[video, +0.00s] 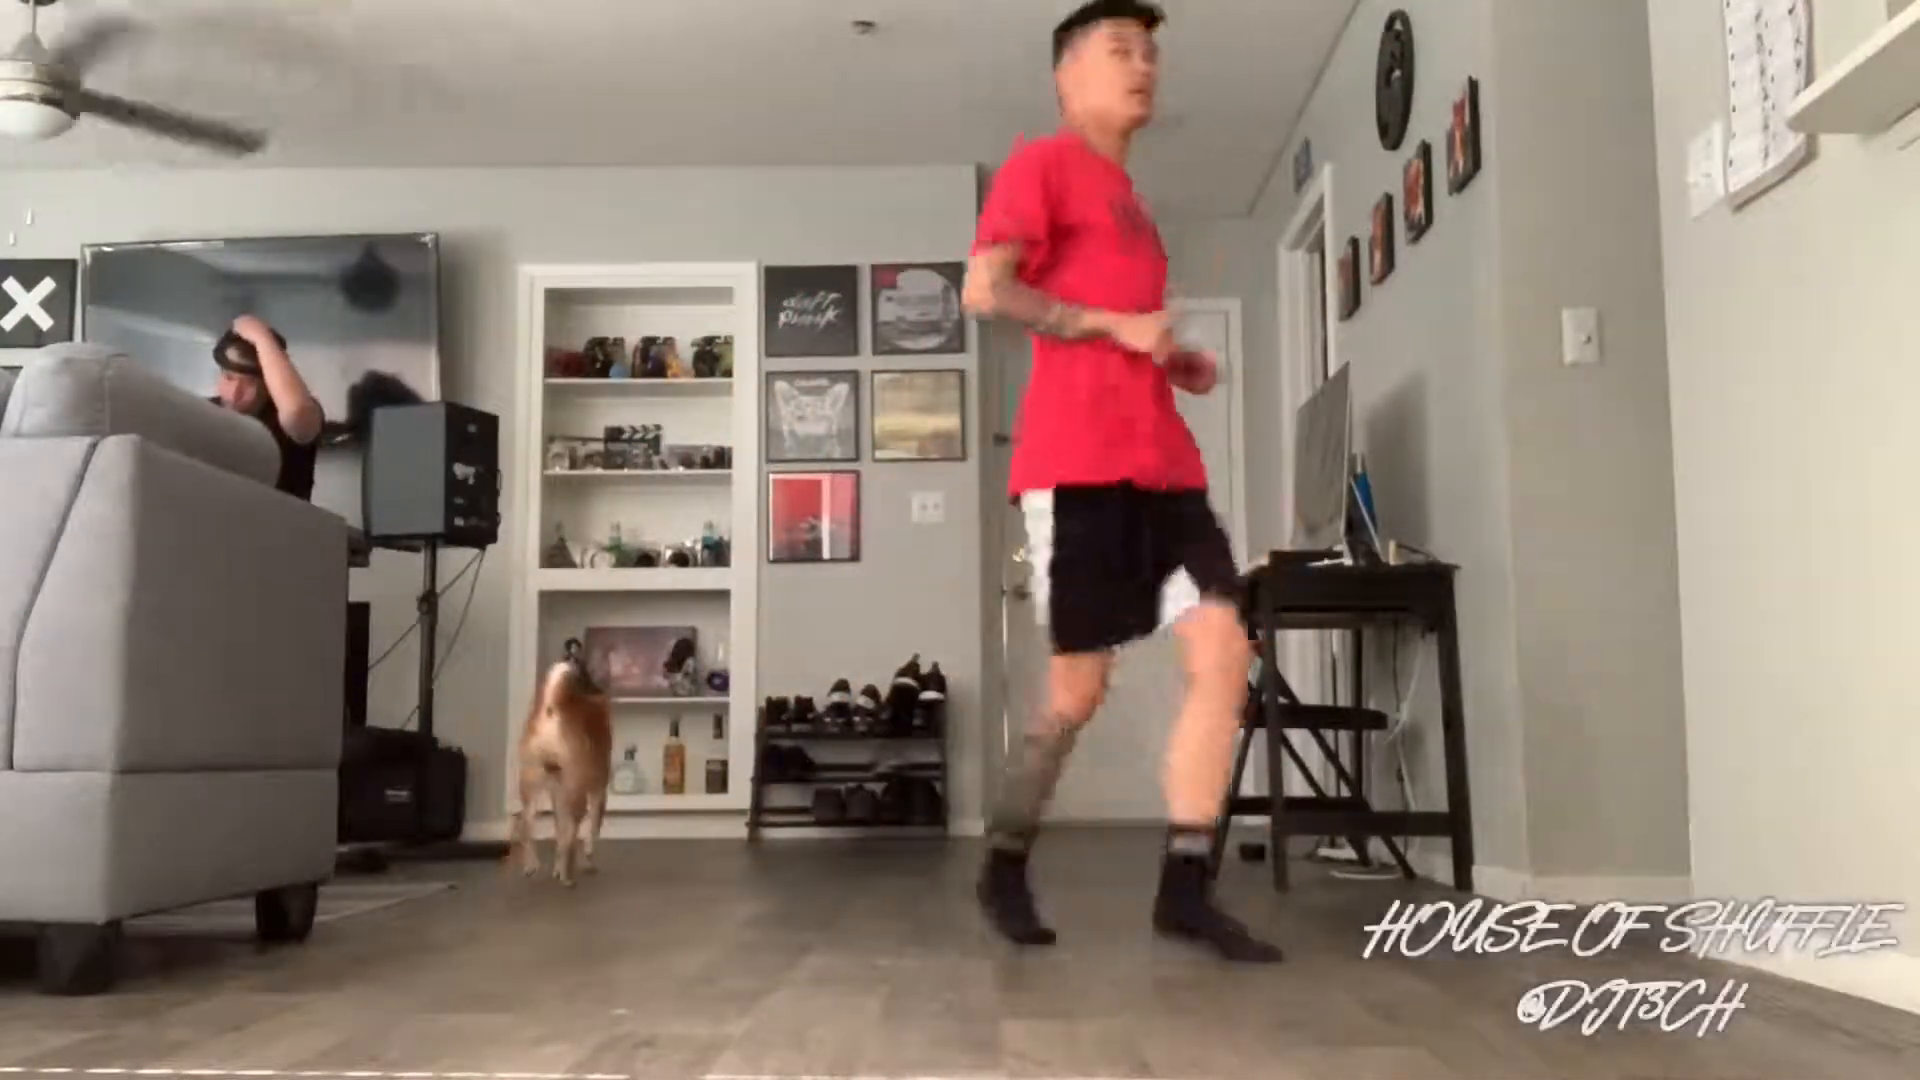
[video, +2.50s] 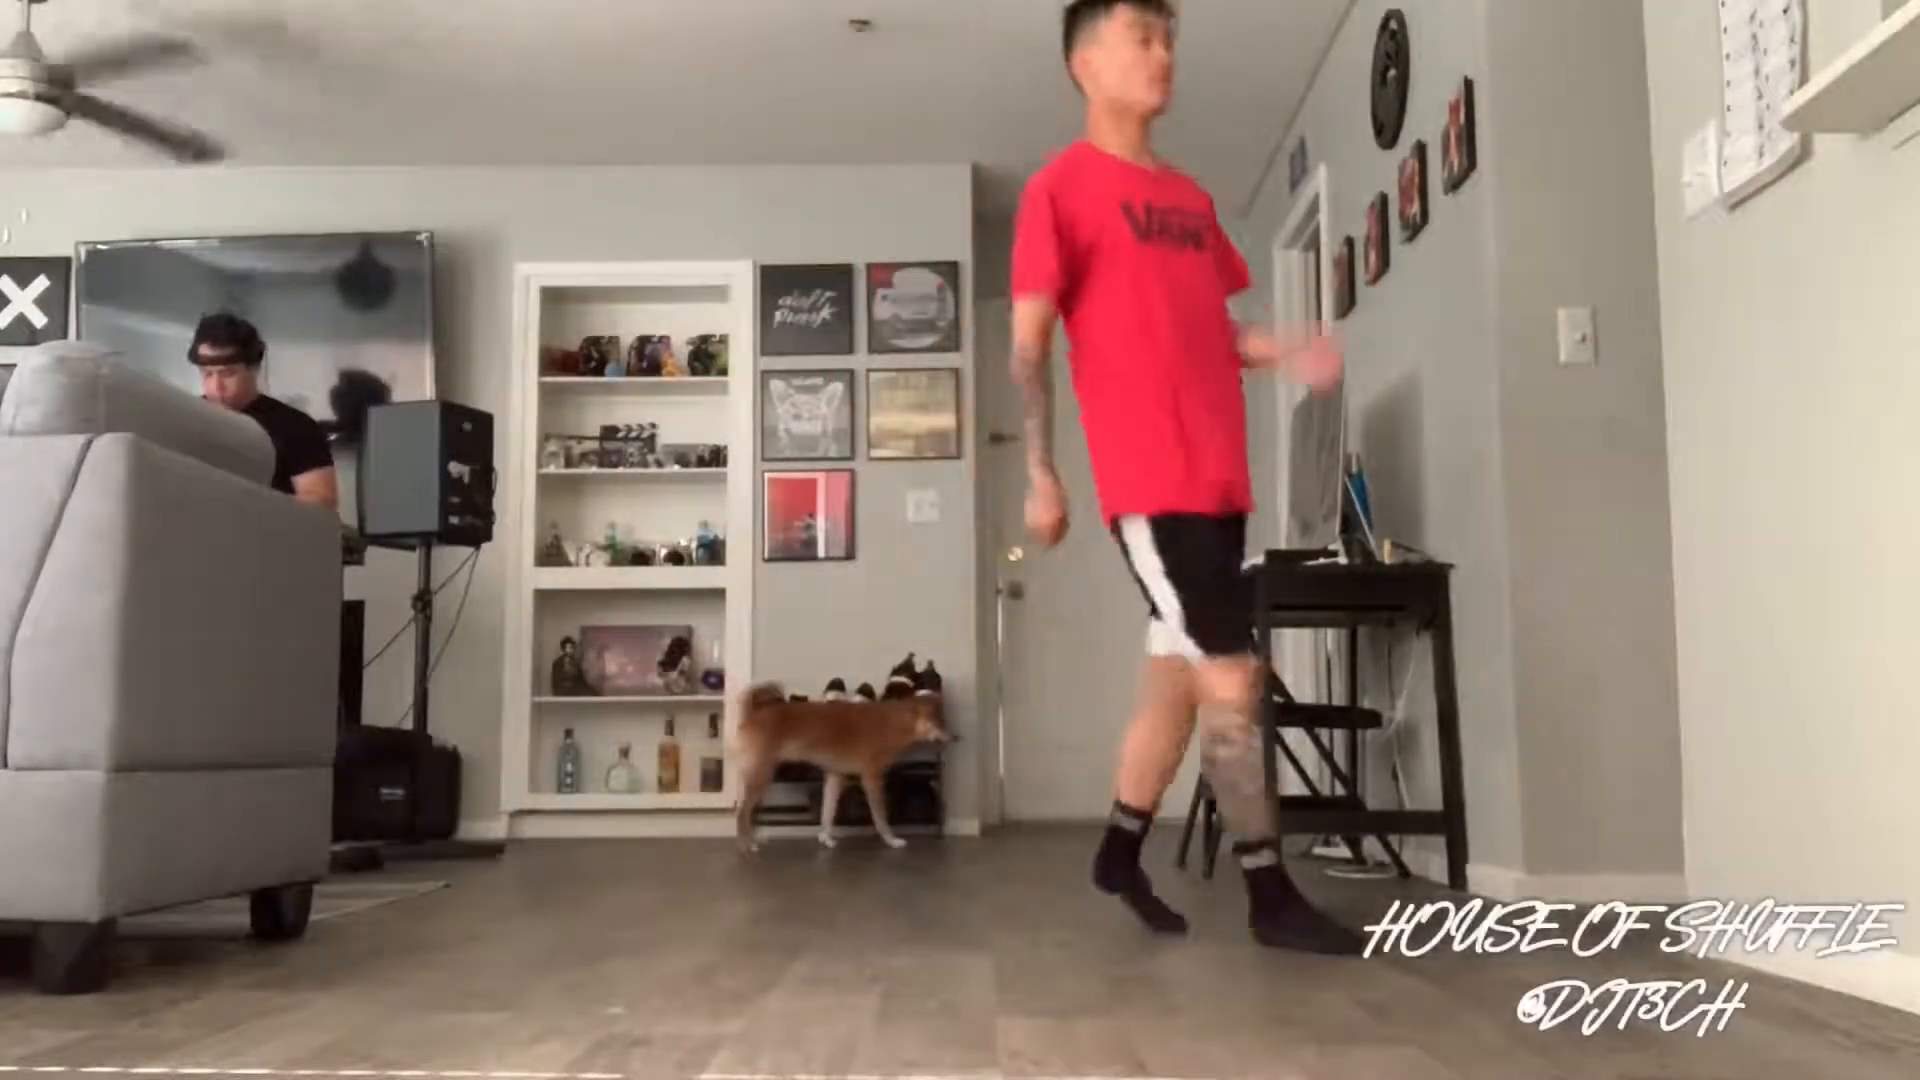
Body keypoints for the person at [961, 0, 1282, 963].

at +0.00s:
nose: (1143, 66)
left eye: (1150, 53)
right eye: (1122, 50)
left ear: (1153, 82)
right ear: (1067, 71)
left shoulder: (1126, 198)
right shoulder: (1042, 162)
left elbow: (1105, 317)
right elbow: (987, 287)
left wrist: (1169, 362)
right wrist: (1111, 323)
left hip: (1159, 465)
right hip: (1078, 466)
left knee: (1224, 657)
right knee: (1077, 685)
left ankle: (1185, 893)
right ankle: (1005, 866)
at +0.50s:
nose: (881, 68)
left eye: (904, 50)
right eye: (878, 57)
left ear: (965, 73)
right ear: (881, 87)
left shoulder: (1023, 196)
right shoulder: (859, 215)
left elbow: (1060, 338)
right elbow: (854, 344)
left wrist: (963, 300)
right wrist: (844, 395)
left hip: (980, 476)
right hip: (875, 479)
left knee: (1008, 684)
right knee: (873, 668)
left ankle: (1050, 888)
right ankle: (840, 896)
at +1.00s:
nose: (769, 90)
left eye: (781, 68)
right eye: (772, 72)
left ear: (836, 74)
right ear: (826, 78)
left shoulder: (905, 201)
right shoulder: (773, 214)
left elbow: (952, 343)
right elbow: (741, 334)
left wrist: (846, 347)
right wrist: (731, 351)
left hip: (826, 486)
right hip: (755, 484)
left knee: (728, 671)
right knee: (814, 691)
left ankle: (682, 901)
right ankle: (882, 885)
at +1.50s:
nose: (772, 78)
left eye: (787, 58)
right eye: (770, 66)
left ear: (851, 65)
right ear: (795, 83)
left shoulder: (912, 170)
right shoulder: (782, 216)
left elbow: (960, 305)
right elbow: (785, 367)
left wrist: (846, 324)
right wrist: (731, 437)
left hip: (865, 481)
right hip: (774, 483)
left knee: (888, 685)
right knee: (736, 671)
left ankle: (915, 885)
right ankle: (748, 904)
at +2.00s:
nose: (1023, 54)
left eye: (1036, 38)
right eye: (1000, 38)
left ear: (1053, 61)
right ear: (959, 63)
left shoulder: (1088, 187)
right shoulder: (924, 181)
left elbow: (1120, 326)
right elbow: (869, 286)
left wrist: (1154, 445)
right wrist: (887, 266)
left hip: (1070, 458)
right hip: (968, 461)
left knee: (1051, 661)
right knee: (951, 683)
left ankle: (1060, 898)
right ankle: (919, 863)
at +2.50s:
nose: (1164, 57)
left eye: (1167, 42)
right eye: (1142, 40)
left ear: (1167, 63)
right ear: (1085, 65)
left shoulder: (1187, 194)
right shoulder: (1057, 187)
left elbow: (1214, 332)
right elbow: (1028, 342)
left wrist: (1284, 348)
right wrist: (1040, 474)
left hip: (1216, 467)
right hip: (1143, 471)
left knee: (1175, 678)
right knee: (1232, 671)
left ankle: (1118, 856)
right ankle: (1271, 894)